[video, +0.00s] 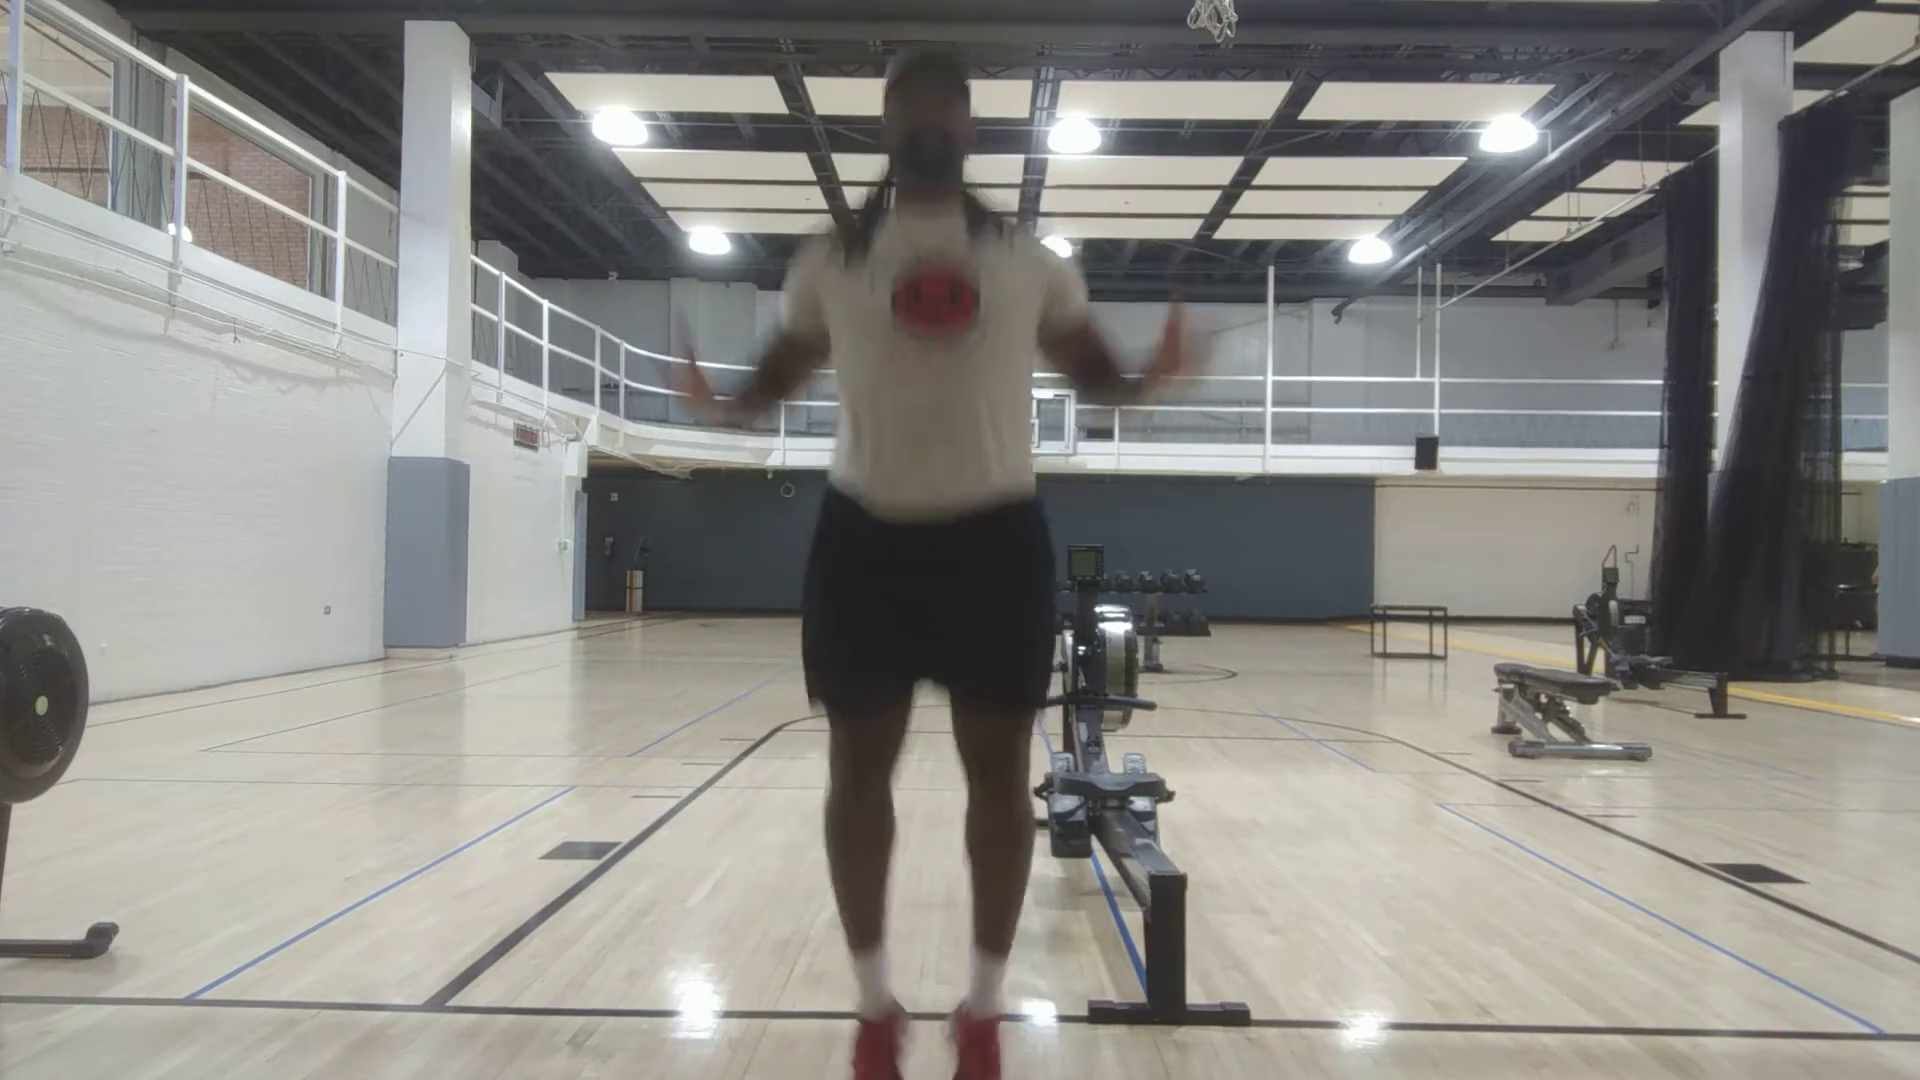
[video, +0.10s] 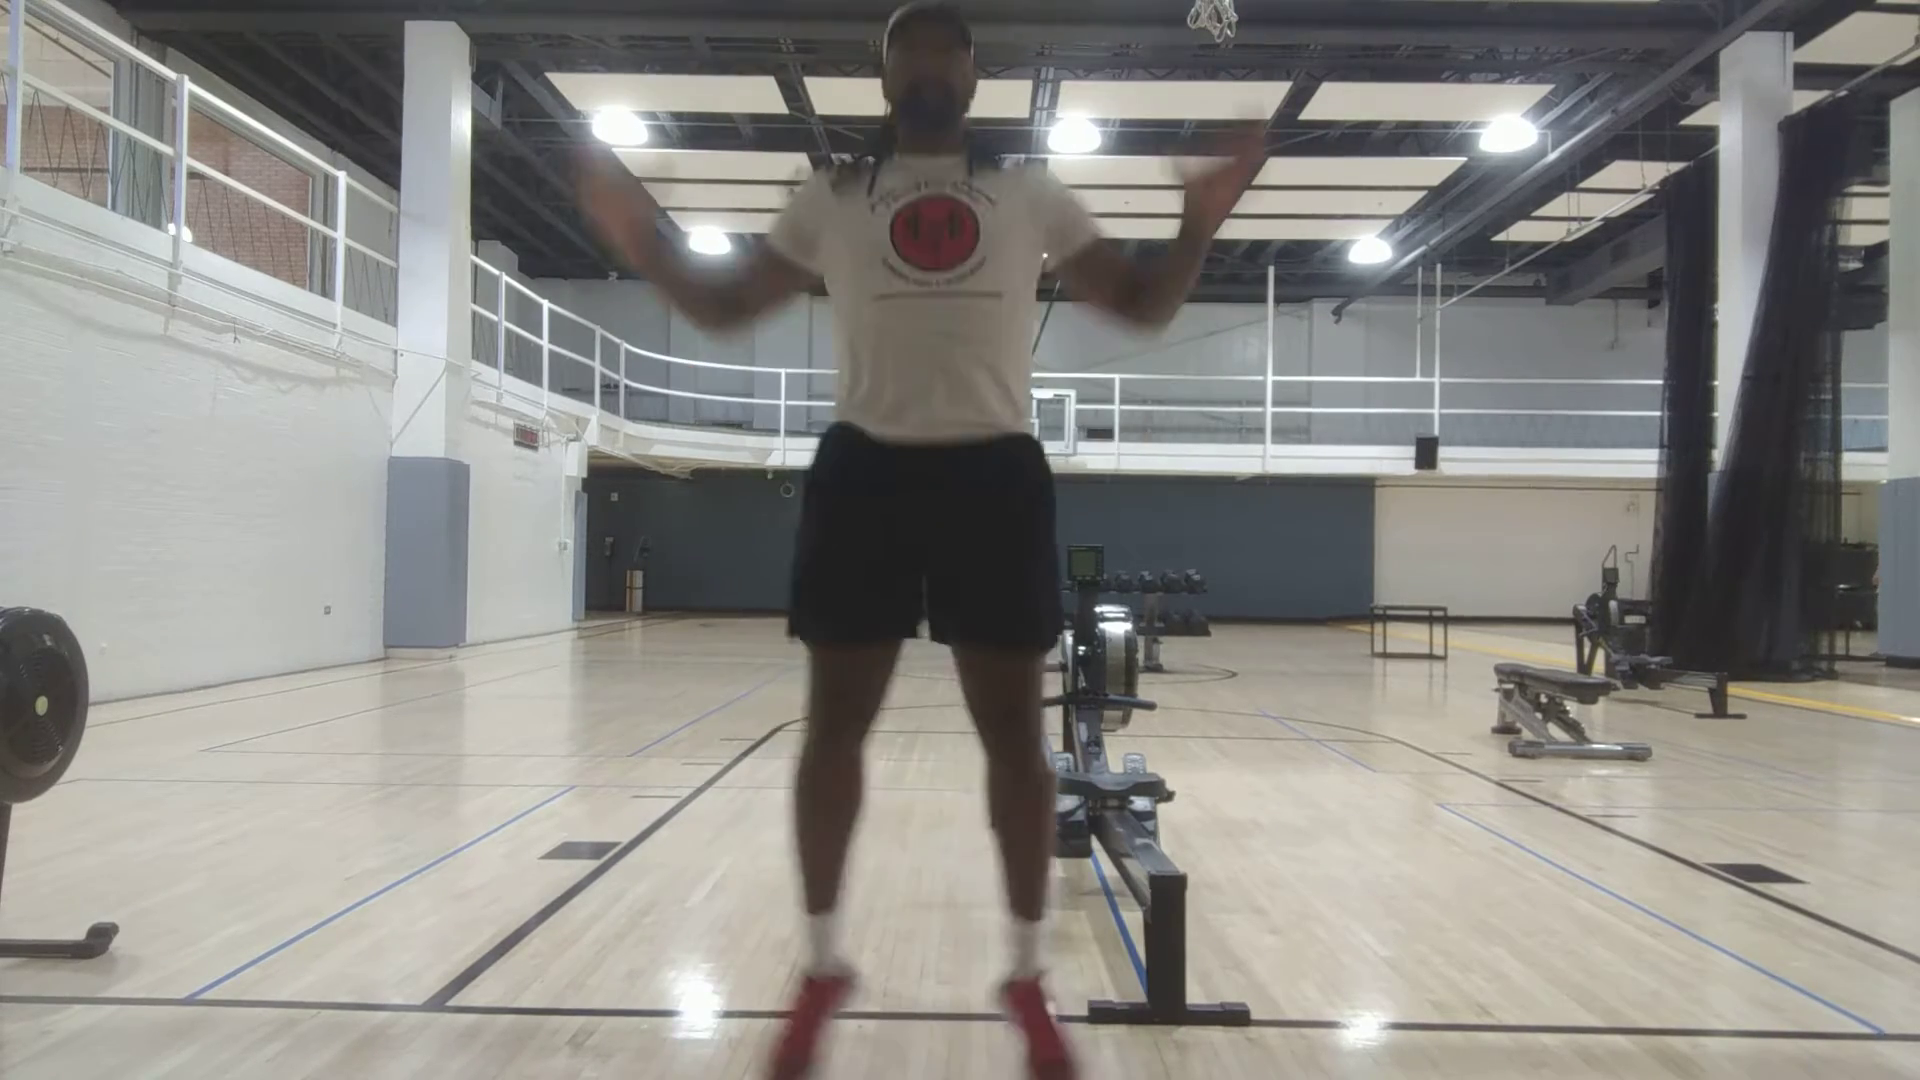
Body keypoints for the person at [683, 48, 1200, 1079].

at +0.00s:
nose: (932, 119)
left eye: (949, 101)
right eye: (914, 101)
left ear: (972, 123)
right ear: (884, 121)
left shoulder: (1029, 261)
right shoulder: (832, 259)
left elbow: (1100, 380)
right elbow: (779, 378)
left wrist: (1153, 375)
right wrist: (729, 400)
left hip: (996, 535)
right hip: (868, 536)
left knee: (1000, 773)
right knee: (859, 769)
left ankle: (983, 1005)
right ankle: (876, 1004)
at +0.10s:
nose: (925, 60)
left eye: (945, 45)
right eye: (907, 45)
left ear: (976, 75)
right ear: (881, 73)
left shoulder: (1031, 195)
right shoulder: (833, 196)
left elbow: (1144, 304)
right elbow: (722, 308)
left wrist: (1199, 222)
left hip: (995, 480)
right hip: (864, 479)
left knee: (1012, 727)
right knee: (833, 725)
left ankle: (1025, 975)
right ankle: (822, 965)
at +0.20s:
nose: (929, 75)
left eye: (947, 58)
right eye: (909, 58)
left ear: (977, 80)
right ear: (882, 83)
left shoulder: (1034, 191)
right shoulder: (828, 193)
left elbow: (1175, 243)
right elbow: (680, 242)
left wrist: (1186, 99)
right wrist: (637, 112)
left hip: (996, 482)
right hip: (859, 478)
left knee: (1043, 737)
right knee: (798, 729)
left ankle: (1083, 979)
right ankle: (746, 970)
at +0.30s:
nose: (925, 135)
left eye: (942, 120)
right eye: (908, 120)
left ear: (971, 145)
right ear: (880, 144)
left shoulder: (1031, 244)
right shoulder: (825, 247)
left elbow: (1175, 218)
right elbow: (677, 224)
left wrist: (1105, 86)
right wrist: (716, 82)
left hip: (992, 553)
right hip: (854, 550)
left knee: (1063, 804)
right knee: (767, 797)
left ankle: (1122, 1014)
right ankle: (694, 1011)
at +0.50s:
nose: (921, 168)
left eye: (940, 153)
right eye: (904, 152)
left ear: (969, 172)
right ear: (876, 170)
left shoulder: (1026, 274)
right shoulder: (824, 270)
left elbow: (1166, 250)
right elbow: (686, 228)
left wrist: (1126, 96)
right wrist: (715, 92)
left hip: (993, 574)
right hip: (855, 570)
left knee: (1060, 803)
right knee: (770, 793)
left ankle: (1116, 1006)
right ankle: (706, 1008)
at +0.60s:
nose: (925, 91)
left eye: (944, 75)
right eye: (907, 74)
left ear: (975, 96)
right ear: (878, 94)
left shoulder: (1027, 198)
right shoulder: (826, 196)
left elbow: (1155, 270)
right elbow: (690, 238)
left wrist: (1218, 170)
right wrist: (648, 126)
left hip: (993, 498)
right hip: (857, 494)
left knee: (1033, 747)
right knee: (803, 735)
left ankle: (1070, 988)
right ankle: (768, 974)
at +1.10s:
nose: (936, 61)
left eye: (955, 46)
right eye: (917, 46)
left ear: (984, 75)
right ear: (888, 74)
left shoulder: (1033, 191)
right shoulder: (839, 195)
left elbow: (1140, 313)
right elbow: (727, 311)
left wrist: (1198, 239)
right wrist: (662, 244)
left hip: (1006, 481)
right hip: (874, 479)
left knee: (1014, 729)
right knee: (846, 724)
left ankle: (1018, 980)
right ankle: (830, 975)